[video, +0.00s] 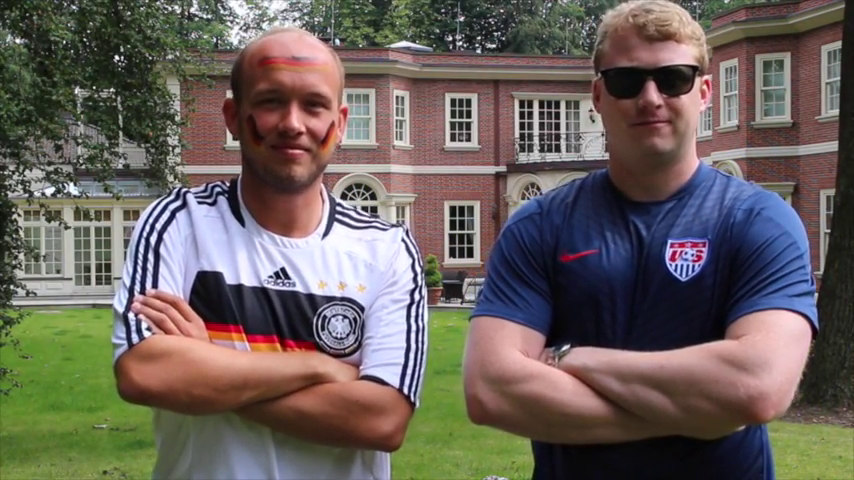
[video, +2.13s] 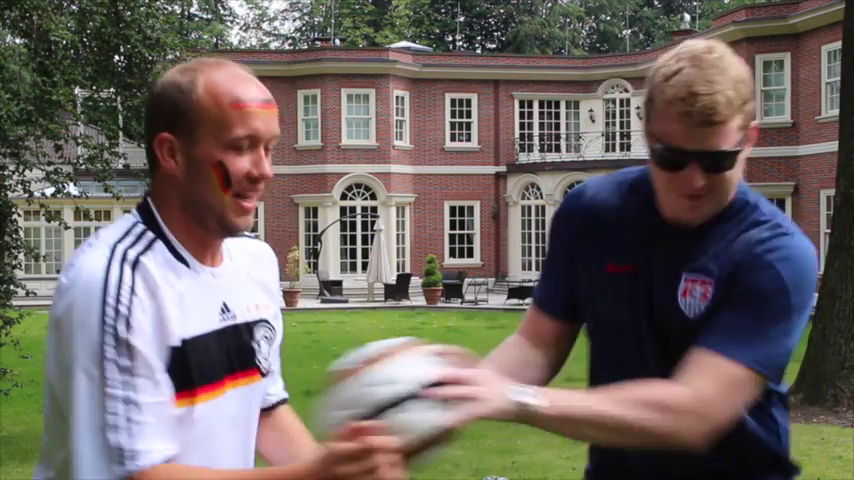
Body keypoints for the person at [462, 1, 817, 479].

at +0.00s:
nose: (650, 98)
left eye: (672, 79)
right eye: (626, 80)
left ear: (704, 92)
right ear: (597, 97)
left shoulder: (760, 221)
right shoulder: (538, 227)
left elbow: (758, 388)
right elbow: (490, 391)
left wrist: (568, 361)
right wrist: (684, 412)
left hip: (722, 473)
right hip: (573, 473)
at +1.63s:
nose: (711, 102)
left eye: (720, 84)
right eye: (684, 82)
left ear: (728, 92)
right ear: (618, 93)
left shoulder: (753, 211)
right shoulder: (542, 213)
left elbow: (789, 374)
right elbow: (497, 387)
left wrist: (592, 346)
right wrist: (653, 457)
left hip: (724, 472)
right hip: (578, 469)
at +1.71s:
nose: (700, 115)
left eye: (713, 95)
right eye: (674, 95)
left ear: (723, 97)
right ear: (611, 100)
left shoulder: (760, 214)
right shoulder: (542, 213)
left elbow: (847, 368)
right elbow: (498, 380)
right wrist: (590, 454)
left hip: (730, 469)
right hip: (593, 473)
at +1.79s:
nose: (679, 132)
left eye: (695, 108)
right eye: (653, 113)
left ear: (710, 105)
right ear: (601, 113)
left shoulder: (763, 214)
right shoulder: (542, 211)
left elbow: (823, 342)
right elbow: (492, 378)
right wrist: (600, 415)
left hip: (729, 470)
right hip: (592, 474)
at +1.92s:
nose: (655, 156)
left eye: (677, 133)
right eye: (632, 133)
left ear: (708, 122)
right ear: (601, 123)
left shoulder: (762, 236)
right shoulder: (544, 224)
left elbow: (811, 383)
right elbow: (495, 381)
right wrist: (582, 438)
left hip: (718, 466)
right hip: (591, 471)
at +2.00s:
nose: (661, 183)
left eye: (684, 161)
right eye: (638, 160)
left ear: (716, 148)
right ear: (611, 145)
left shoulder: (768, 259)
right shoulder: (552, 238)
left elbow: (804, 433)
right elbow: (503, 371)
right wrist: (546, 425)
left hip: (720, 466)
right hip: (587, 465)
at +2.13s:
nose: (692, 182)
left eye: (716, 162)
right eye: (670, 158)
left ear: (748, 138)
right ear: (646, 136)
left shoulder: (777, 256)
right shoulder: (590, 212)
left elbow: (693, 414)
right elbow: (535, 344)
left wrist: (516, 401)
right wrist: (434, 412)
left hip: (740, 472)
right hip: (619, 469)